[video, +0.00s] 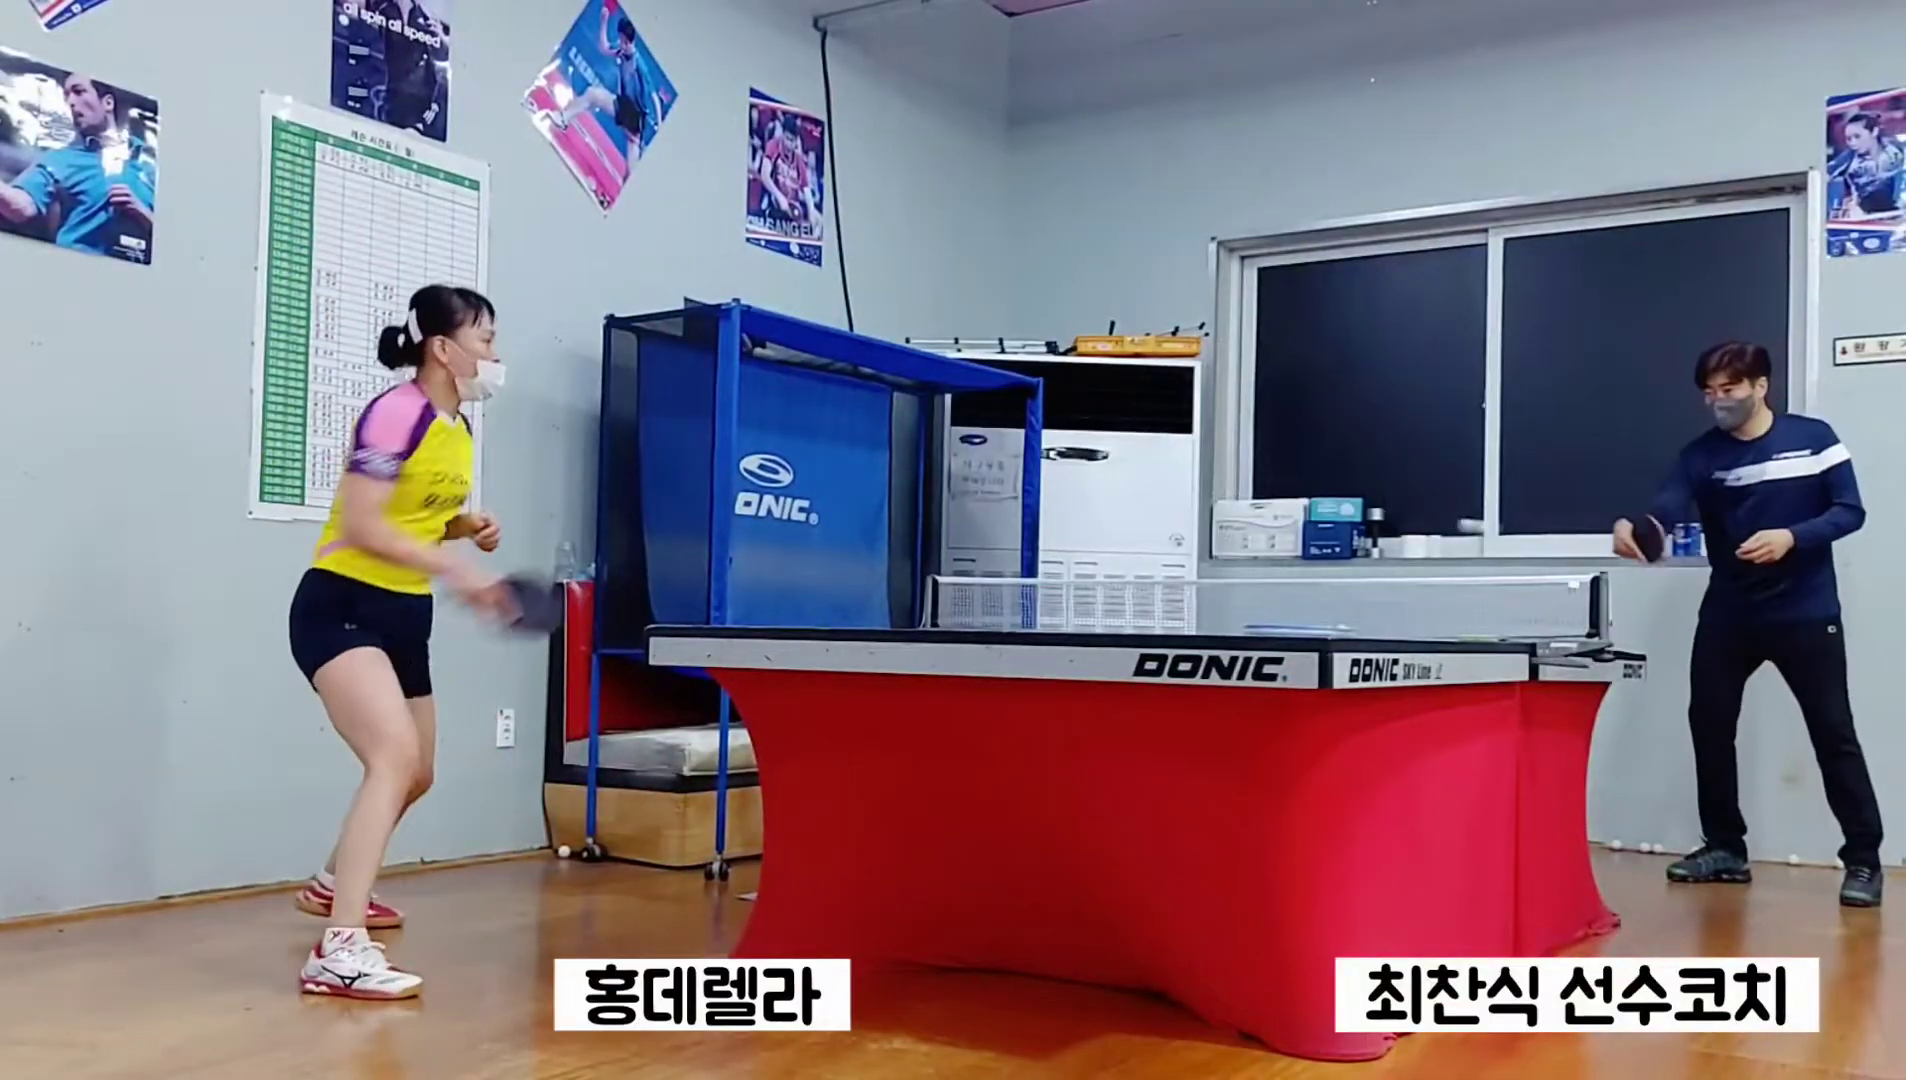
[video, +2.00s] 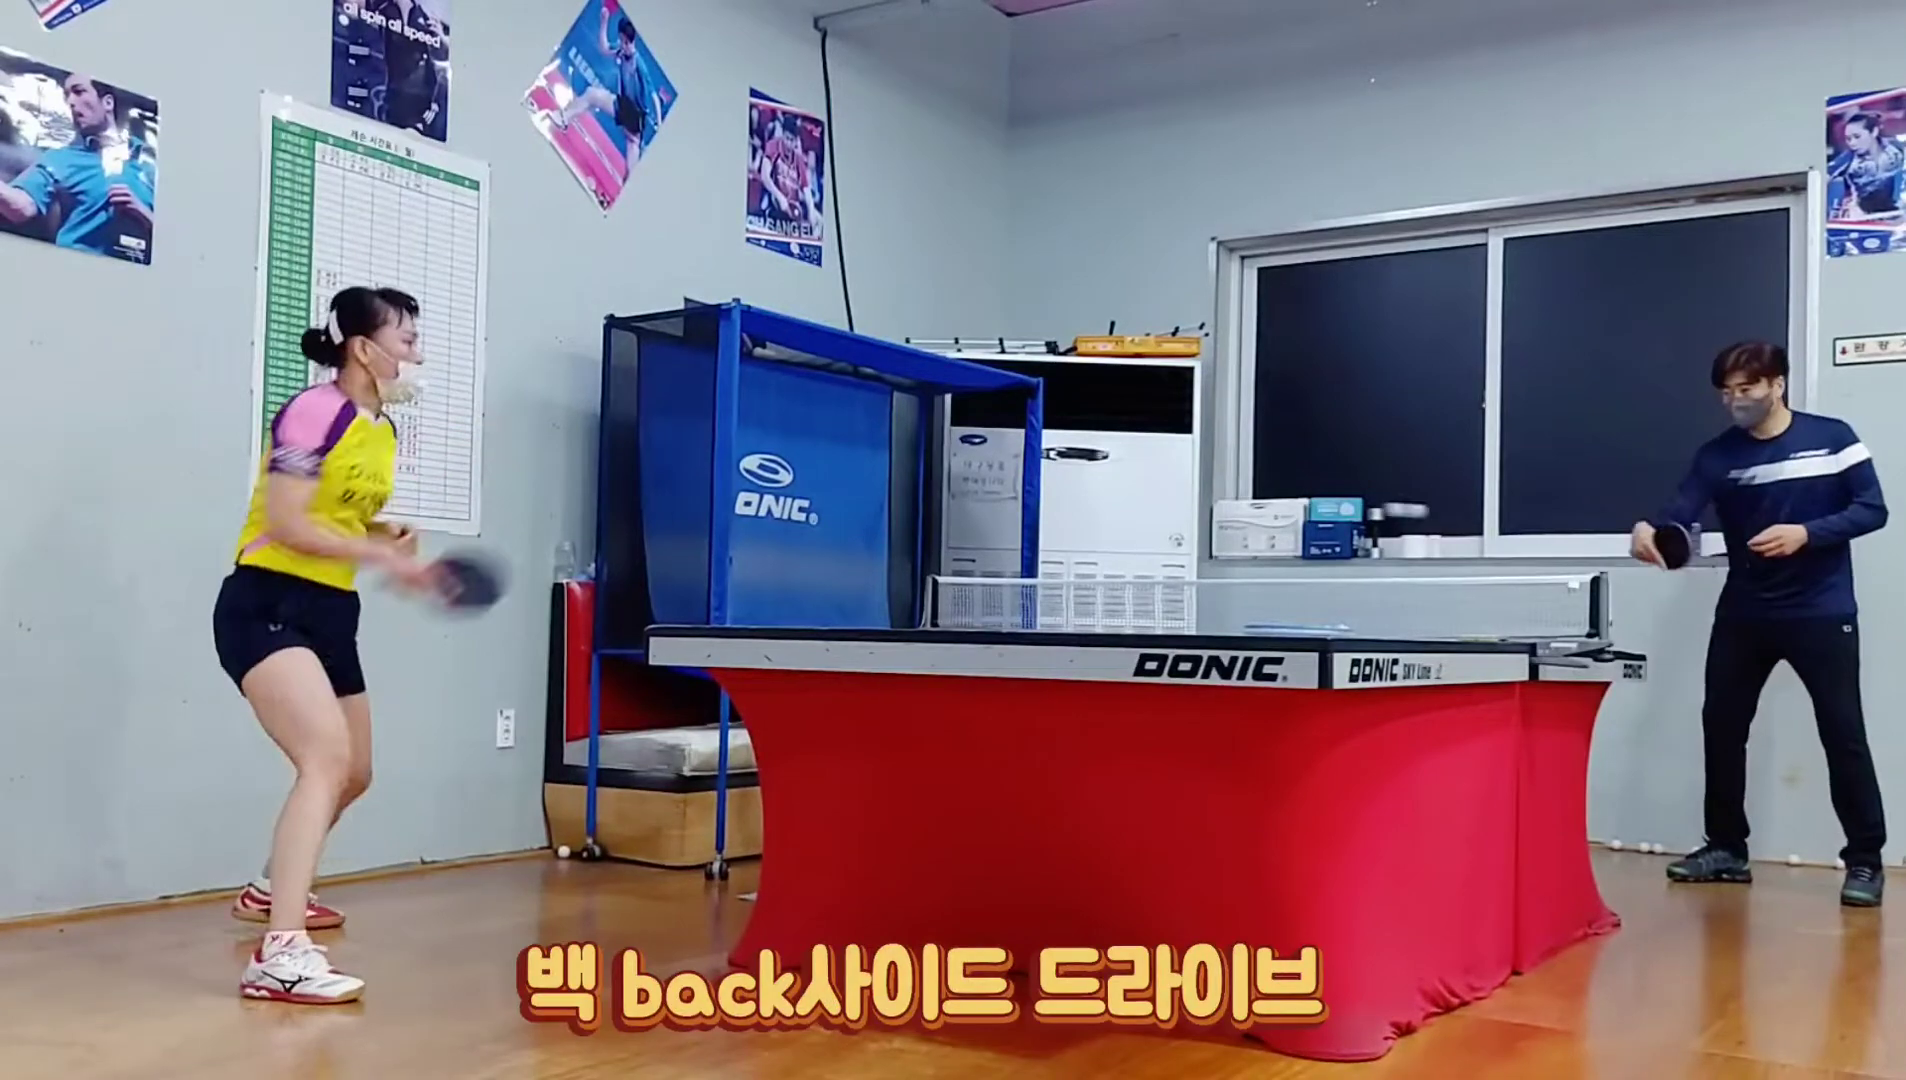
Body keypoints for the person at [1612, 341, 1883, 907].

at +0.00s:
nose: (1719, 399)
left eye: (1729, 388)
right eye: (1711, 391)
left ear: (1760, 387)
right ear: (1703, 396)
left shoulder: (1813, 438)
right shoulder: (1701, 457)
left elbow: (1849, 512)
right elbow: (1667, 509)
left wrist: (1791, 535)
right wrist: (1637, 529)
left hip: (1805, 615)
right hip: (1728, 616)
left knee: (1834, 736)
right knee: (1708, 724)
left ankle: (1862, 862)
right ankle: (1725, 848)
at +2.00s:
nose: (1736, 399)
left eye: (1746, 388)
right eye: (1728, 391)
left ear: (1777, 386)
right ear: (1721, 396)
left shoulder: (1833, 438)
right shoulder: (1717, 456)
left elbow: (1873, 509)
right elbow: (1680, 520)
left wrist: (1806, 532)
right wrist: (1652, 532)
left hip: (1821, 616)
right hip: (1744, 615)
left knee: (1843, 736)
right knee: (1721, 726)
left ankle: (1863, 862)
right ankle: (1726, 849)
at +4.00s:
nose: (1733, 395)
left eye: (1744, 384)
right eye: (1726, 387)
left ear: (1777, 383)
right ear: (1721, 393)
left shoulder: (1831, 437)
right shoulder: (1716, 456)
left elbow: (1873, 508)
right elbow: (1664, 514)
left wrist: (1801, 531)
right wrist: (1628, 519)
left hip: (1823, 614)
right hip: (1747, 614)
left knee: (1845, 739)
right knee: (1724, 727)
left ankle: (1864, 863)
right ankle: (1727, 849)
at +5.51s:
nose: (1730, 395)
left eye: (1741, 384)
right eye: (1723, 388)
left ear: (1772, 383)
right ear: (1718, 395)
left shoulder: (1822, 437)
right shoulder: (1726, 456)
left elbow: (1860, 510)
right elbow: (1726, 531)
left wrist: (1776, 529)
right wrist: (1693, 569)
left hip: (1816, 616)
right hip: (1747, 616)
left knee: (1839, 737)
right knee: (1725, 726)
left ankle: (1864, 863)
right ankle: (1728, 849)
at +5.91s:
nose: (1724, 401)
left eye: (1735, 390)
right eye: (1717, 393)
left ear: (1767, 389)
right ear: (1711, 398)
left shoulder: (1822, 439)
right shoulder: (1708, 461)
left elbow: (1864, 509)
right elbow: (1666, 519)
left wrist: (1794, 530)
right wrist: (1629, 536)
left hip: (1814, 614)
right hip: (1739, 613)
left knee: (1840, 736)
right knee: (1715, 724)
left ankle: (1864, 863)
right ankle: (1726, 849)